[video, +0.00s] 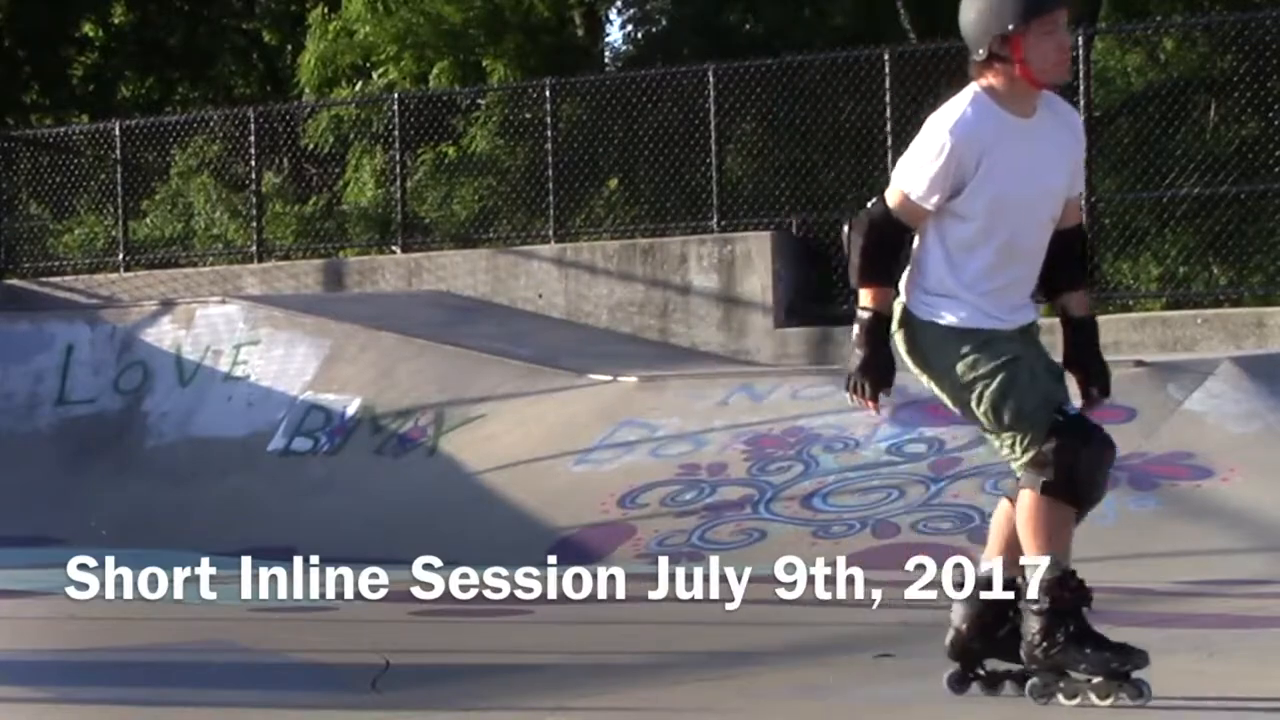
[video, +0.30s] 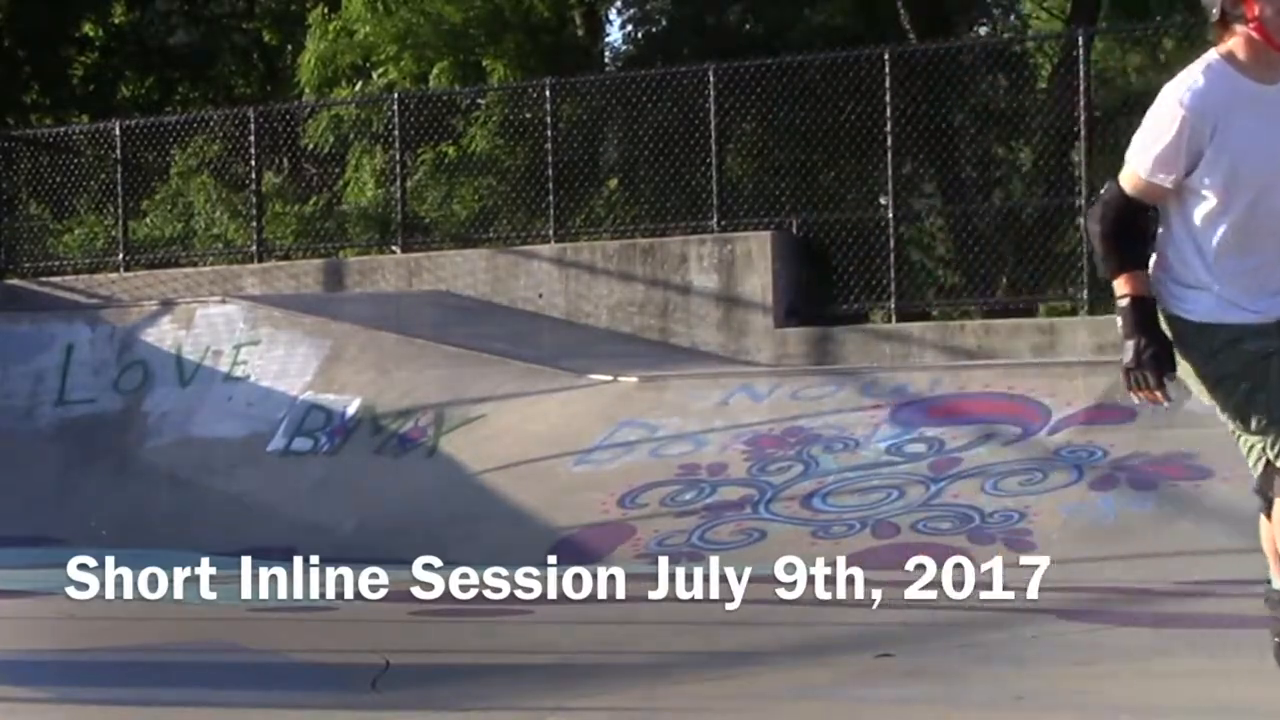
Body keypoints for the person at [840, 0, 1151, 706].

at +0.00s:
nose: (1067, 41)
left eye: (1065, 27)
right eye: (1052, 29)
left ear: (1035, 45)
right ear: (1005, 45)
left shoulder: (1065, 125)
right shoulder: (957, 127)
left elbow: (1068, 244)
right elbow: (886, 231)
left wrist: (1081, 339)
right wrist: (870, 338)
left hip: (1012, 322)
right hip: (944, 323)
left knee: (1041, 464)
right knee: (1059, 451)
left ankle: (984, 619)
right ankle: (1055, 629)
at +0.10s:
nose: (1146, 37)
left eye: (1143, 24)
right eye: (1130, 26)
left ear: (1114, 44)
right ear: (1082, 44)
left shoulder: (1144, 123)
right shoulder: (1030, 129)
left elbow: (1153, 243)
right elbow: (958, 235)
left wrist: (1170, 340)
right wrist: (956, 345)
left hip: (1095, 324)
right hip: (1026, 327)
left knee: (1131, 467)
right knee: (1141, 454)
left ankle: (1075, 621)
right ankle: (1135, 634)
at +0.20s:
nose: (1234, 21)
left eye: (1229, 9)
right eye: (1217, 11)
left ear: (1194, 33)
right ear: (1174, 34)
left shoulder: (1242, 110)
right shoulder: (1116, 117)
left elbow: (1262, 240)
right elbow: (1038, 231)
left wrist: (1276, 329)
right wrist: (1055, 336)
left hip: (1197, 318)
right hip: (1123, 322)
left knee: (1217, 473)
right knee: (1235, 453)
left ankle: (1196, 629)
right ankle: (1236, 635)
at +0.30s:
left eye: (1279, 9)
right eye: (1276, 8)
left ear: (1256, 16)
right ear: (1249, 14)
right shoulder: (1198, 96)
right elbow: (1121, 216)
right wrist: (1137, 325)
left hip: (1270, 312)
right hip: (1221, 316)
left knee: (1276, 477)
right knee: (1277, 465)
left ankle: (1278, 611)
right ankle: (1278, 618)